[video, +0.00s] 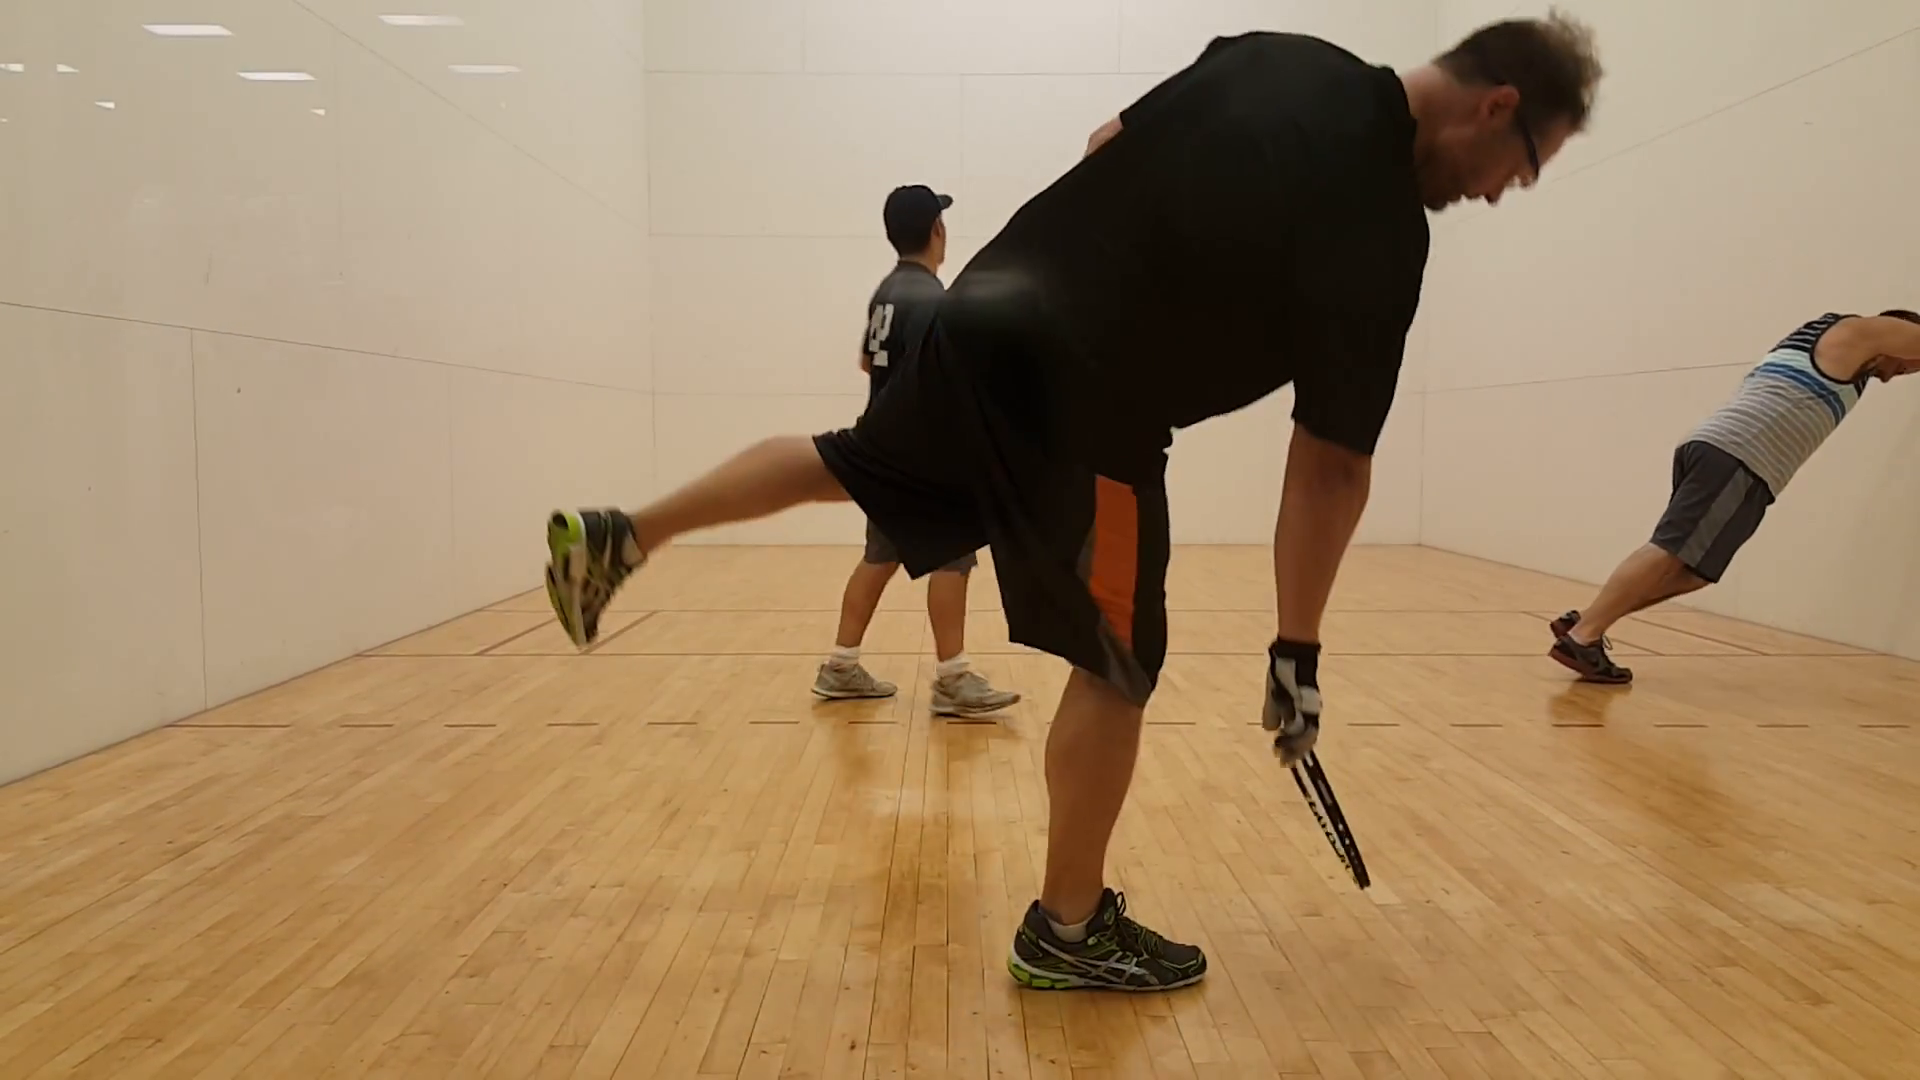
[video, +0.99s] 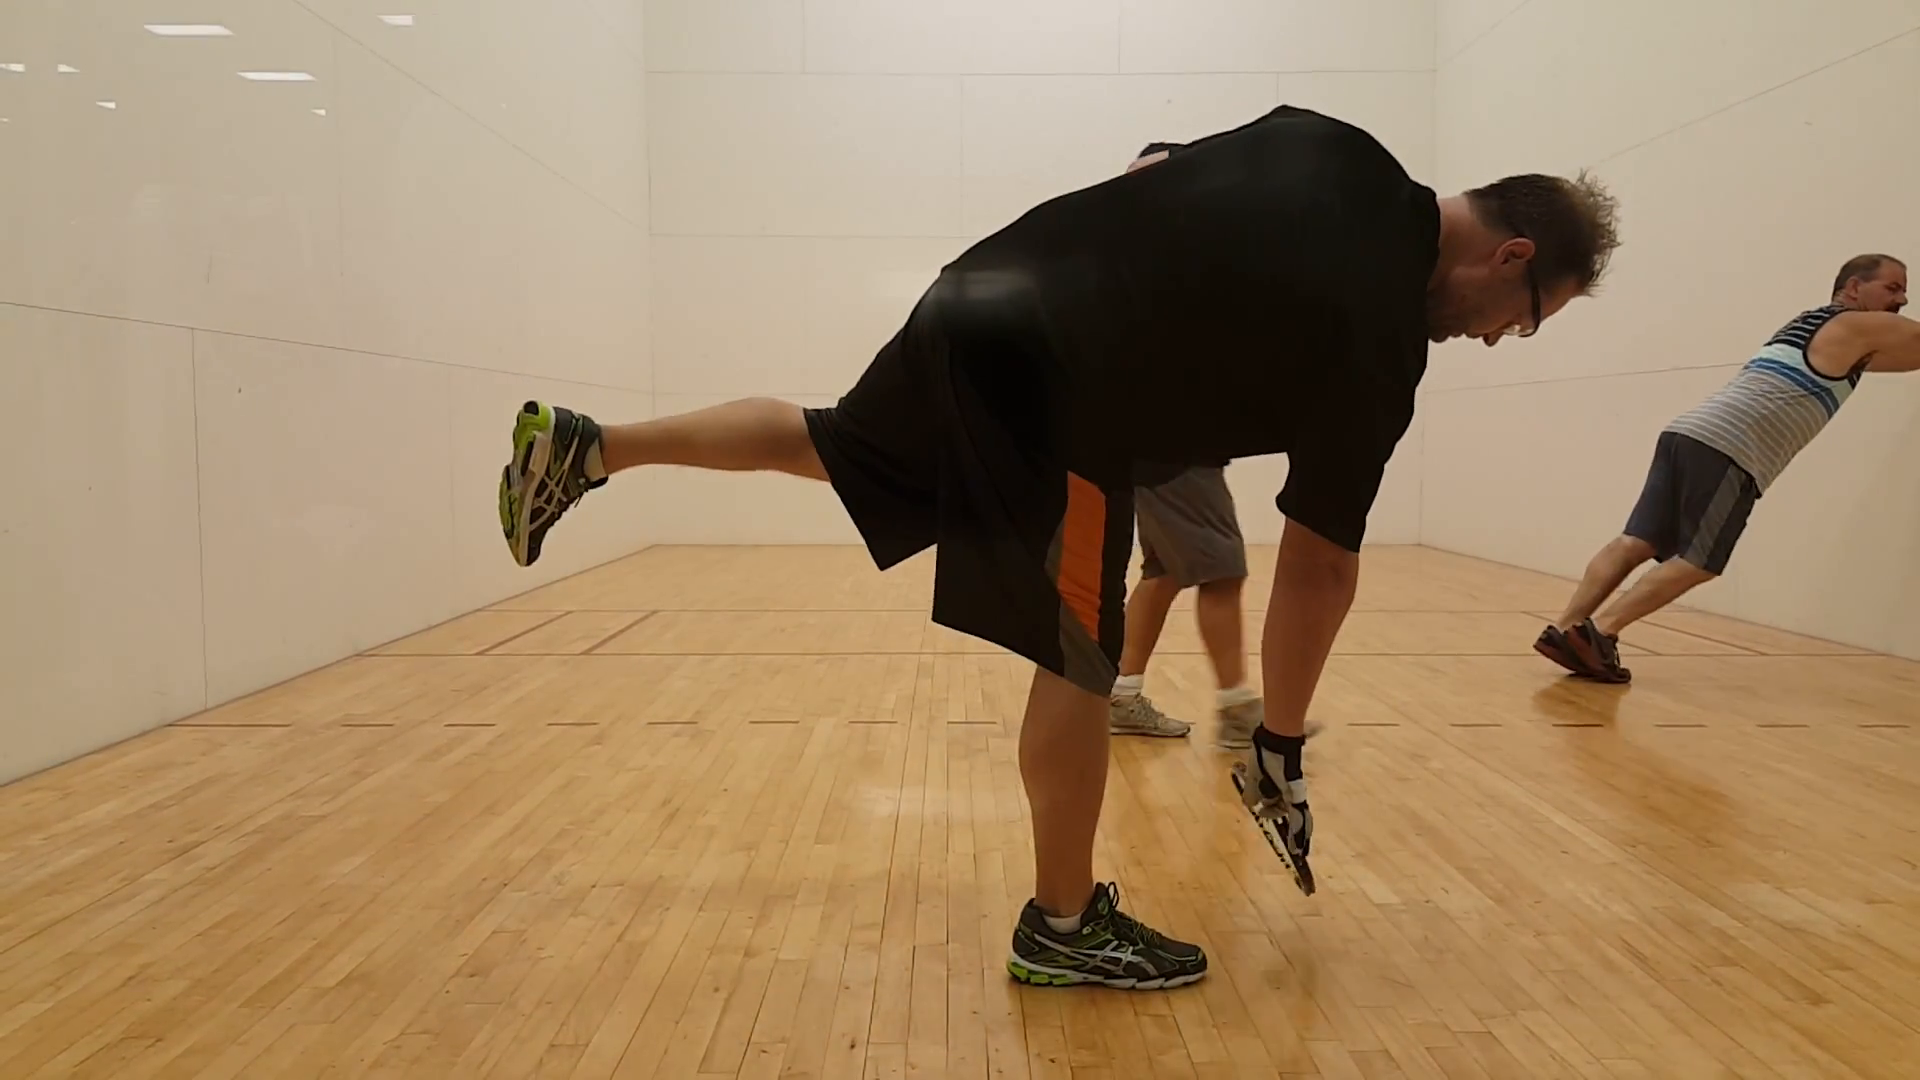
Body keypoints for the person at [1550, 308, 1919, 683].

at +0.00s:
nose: (1900, 375)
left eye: (1908, 368)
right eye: (1907, 363)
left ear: (1891, 340)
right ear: (1895, 337)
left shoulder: (1825, 343)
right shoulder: (1851, 334)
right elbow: (1917, 336)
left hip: (1738, 464)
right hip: (1734, 459)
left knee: (1698, 570)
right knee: (1672, 552)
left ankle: (1587, 620)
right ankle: (1583, 637)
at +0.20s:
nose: (1903, 335)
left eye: (1905, 327)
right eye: (1905, 325)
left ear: (1875, 301)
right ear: (1888, 305)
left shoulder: (1812, 325)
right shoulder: (1854, 325)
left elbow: (1906, 356)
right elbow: (1917, 347)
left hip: (1698, 436)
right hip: (1731, 451)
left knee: (1659, 548)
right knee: (1668, 551)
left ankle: (1582, 629)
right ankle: (1582, 631)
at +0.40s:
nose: (1904, 314)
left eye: (1906, 306)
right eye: (1899, 302)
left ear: (1856, 299)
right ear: (1859, 293)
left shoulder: (1814, 327)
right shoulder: (1852, 328)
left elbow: (1911, 353)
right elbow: (1919, 341)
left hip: (1685, 434)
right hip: (1725, 452)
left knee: (1644, 543)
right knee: (1684, 555)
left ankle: (1567, 628)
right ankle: (1593, 633)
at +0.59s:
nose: (1895, 321)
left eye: (1895, 312)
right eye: (1887, 309)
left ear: (1844, 315)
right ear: (1846, 308)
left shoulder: (1807, 342)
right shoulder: (1845, 343)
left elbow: (1908, 358)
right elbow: (1917, 348)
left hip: (1670, 447)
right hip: (1717, 464)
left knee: (1623, 546)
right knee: (1739, 568)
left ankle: (1558, 639)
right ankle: (1630, 625)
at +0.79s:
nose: (1899, 319)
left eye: (1899, 310)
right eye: (1891, 307)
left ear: (1847, 313)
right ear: (1850, 307)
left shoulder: (1807, 338)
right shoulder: (1848, 342)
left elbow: (1907, 359)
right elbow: (1917, 348)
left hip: (1675, 443)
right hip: (1722, 463)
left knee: (1626, 546)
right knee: (1731, 570)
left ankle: (1559, 638)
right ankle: (1626, 625)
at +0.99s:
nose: (1902, 299)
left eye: (1903, 292)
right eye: (1893, 288)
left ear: (1851, 295)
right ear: (1852, 289)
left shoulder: (1811, 324)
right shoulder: (1853, 328)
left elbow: (1906, 354)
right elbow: (1917, 342)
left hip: (1684, 436)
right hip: (1728, 455)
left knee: (1637, 542)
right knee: (1697, 562)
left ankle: (1566, 629)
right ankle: (1600, 632)